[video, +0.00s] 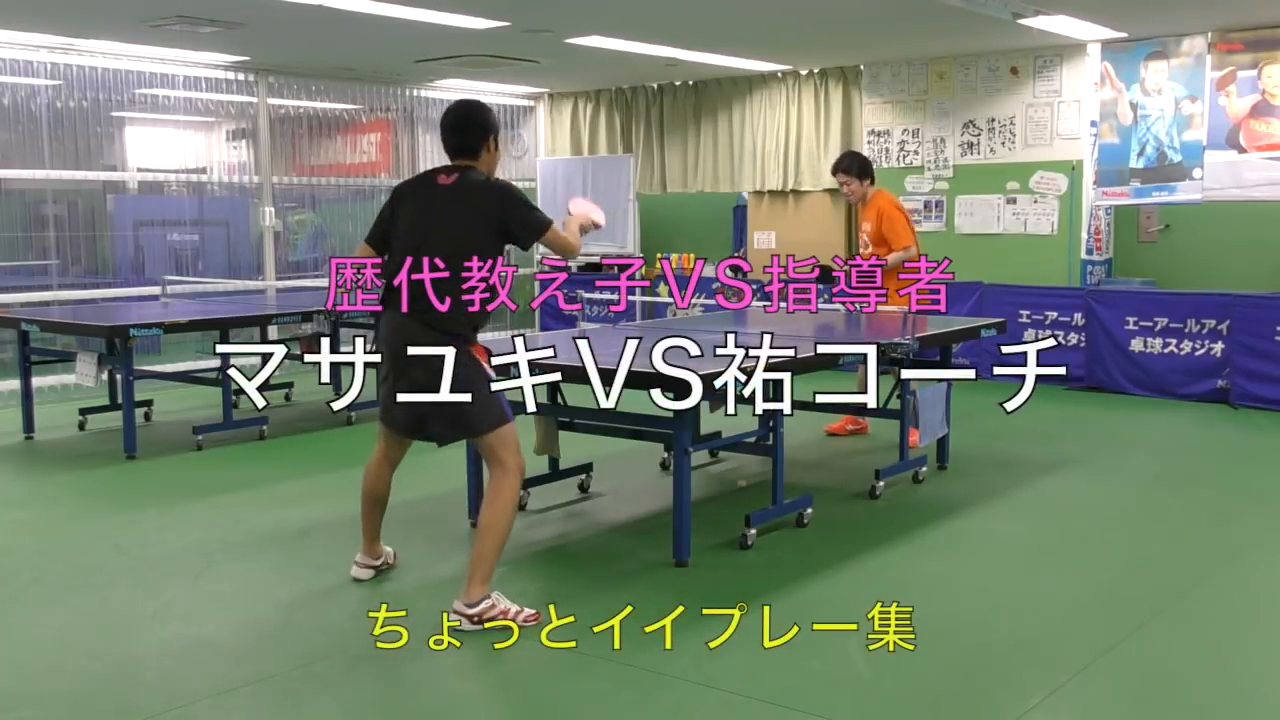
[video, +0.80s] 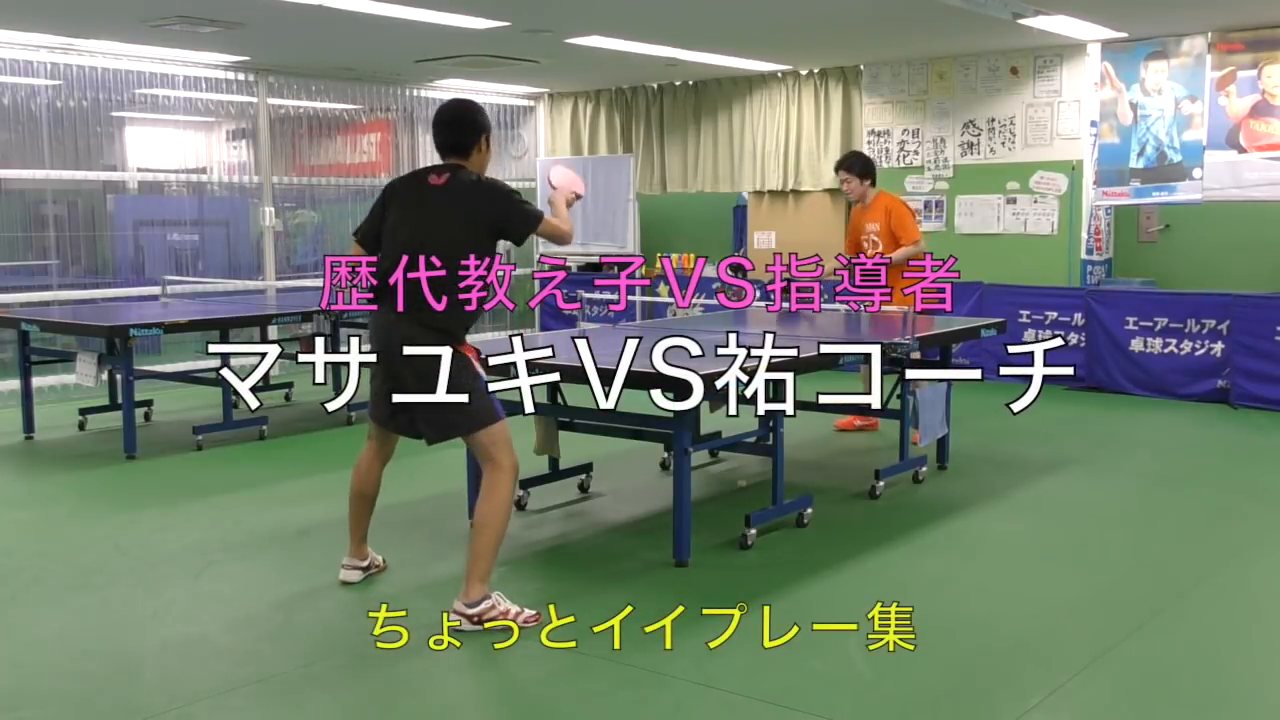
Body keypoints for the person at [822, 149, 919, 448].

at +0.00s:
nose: (844, 191)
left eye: (848, 184)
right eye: (841, 185)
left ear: (865, 179)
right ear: (845, 183)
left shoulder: (886, 206)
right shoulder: (866, 206)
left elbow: (909, 250)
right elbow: (873, 249)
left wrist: (876, 265)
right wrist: (854, 264)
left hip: (898, 298)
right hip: (876, 298)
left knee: (901, 363)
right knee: (867, 357)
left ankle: (913, 423)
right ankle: (857, 416)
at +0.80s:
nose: (843, 187)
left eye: (848, 181)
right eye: (841, 182)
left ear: (865, 179)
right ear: (848, 182)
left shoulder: (892, 205)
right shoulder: (856, 213)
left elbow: (916, 246)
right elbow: (848, 256)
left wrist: (883, 261)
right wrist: (823, 273)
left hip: (903, 298)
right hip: (872, 299)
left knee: (912, 360)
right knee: (868, 355)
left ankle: (923, 422)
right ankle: (867, 413)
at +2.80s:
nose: (852, 173)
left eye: (857, 166)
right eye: (848, 167)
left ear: (874, 168)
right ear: (845, 171)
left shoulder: (897, 197)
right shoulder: (847, 207)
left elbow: (918, 237)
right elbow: (835, 249)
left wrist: (887, 245)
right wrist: (823, 239)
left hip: (900, 295)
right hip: (864, 297)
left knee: (911, 358)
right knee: (865, 356)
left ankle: (920, 419)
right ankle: (867, 414)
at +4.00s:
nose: (853, 185)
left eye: (857, 179)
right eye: (850, 179)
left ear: (874, 176)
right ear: (850, 179)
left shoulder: (897, 205)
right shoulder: (866, 208)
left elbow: (919, 247)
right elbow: (876, 250)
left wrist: (878, 258)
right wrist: (852, 270)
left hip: (908, 300)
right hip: (880, 298)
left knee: (909, 360)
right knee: (871, 356)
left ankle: (928, 419)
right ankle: (868, 414)